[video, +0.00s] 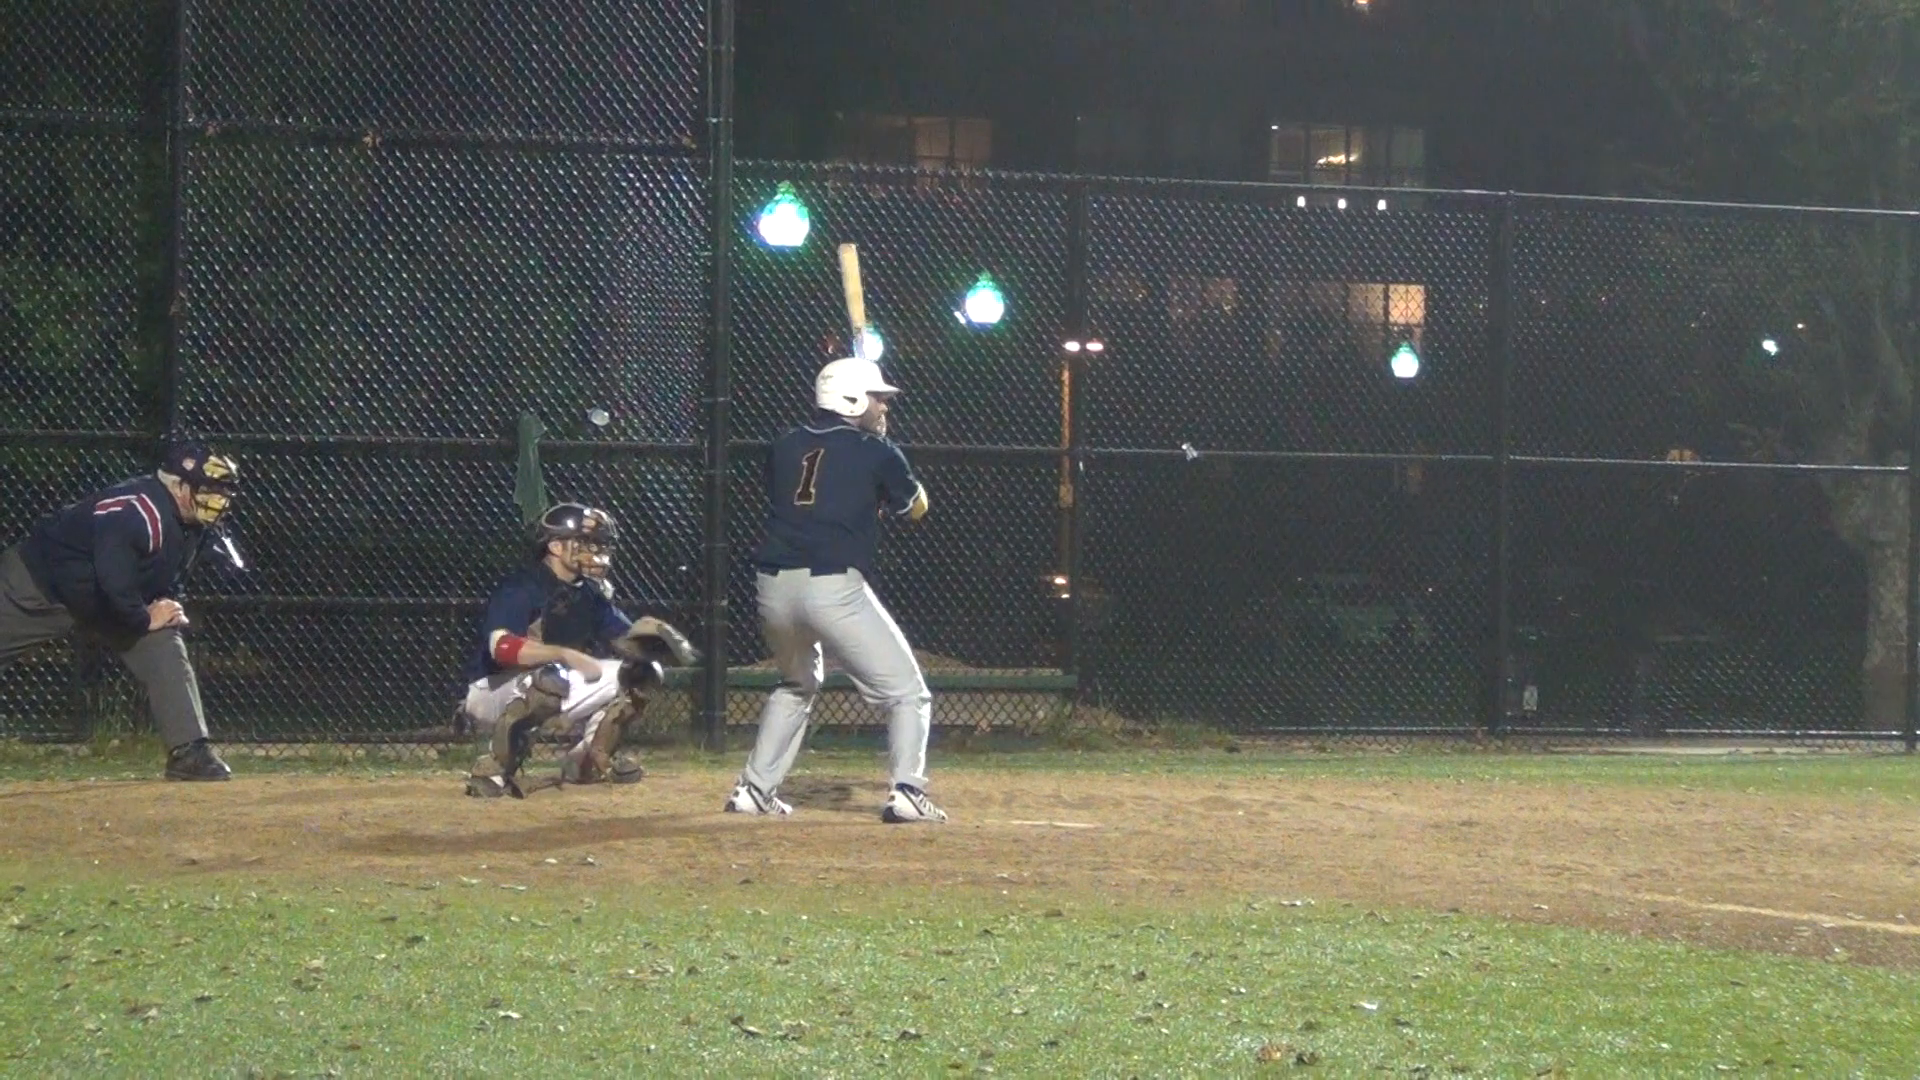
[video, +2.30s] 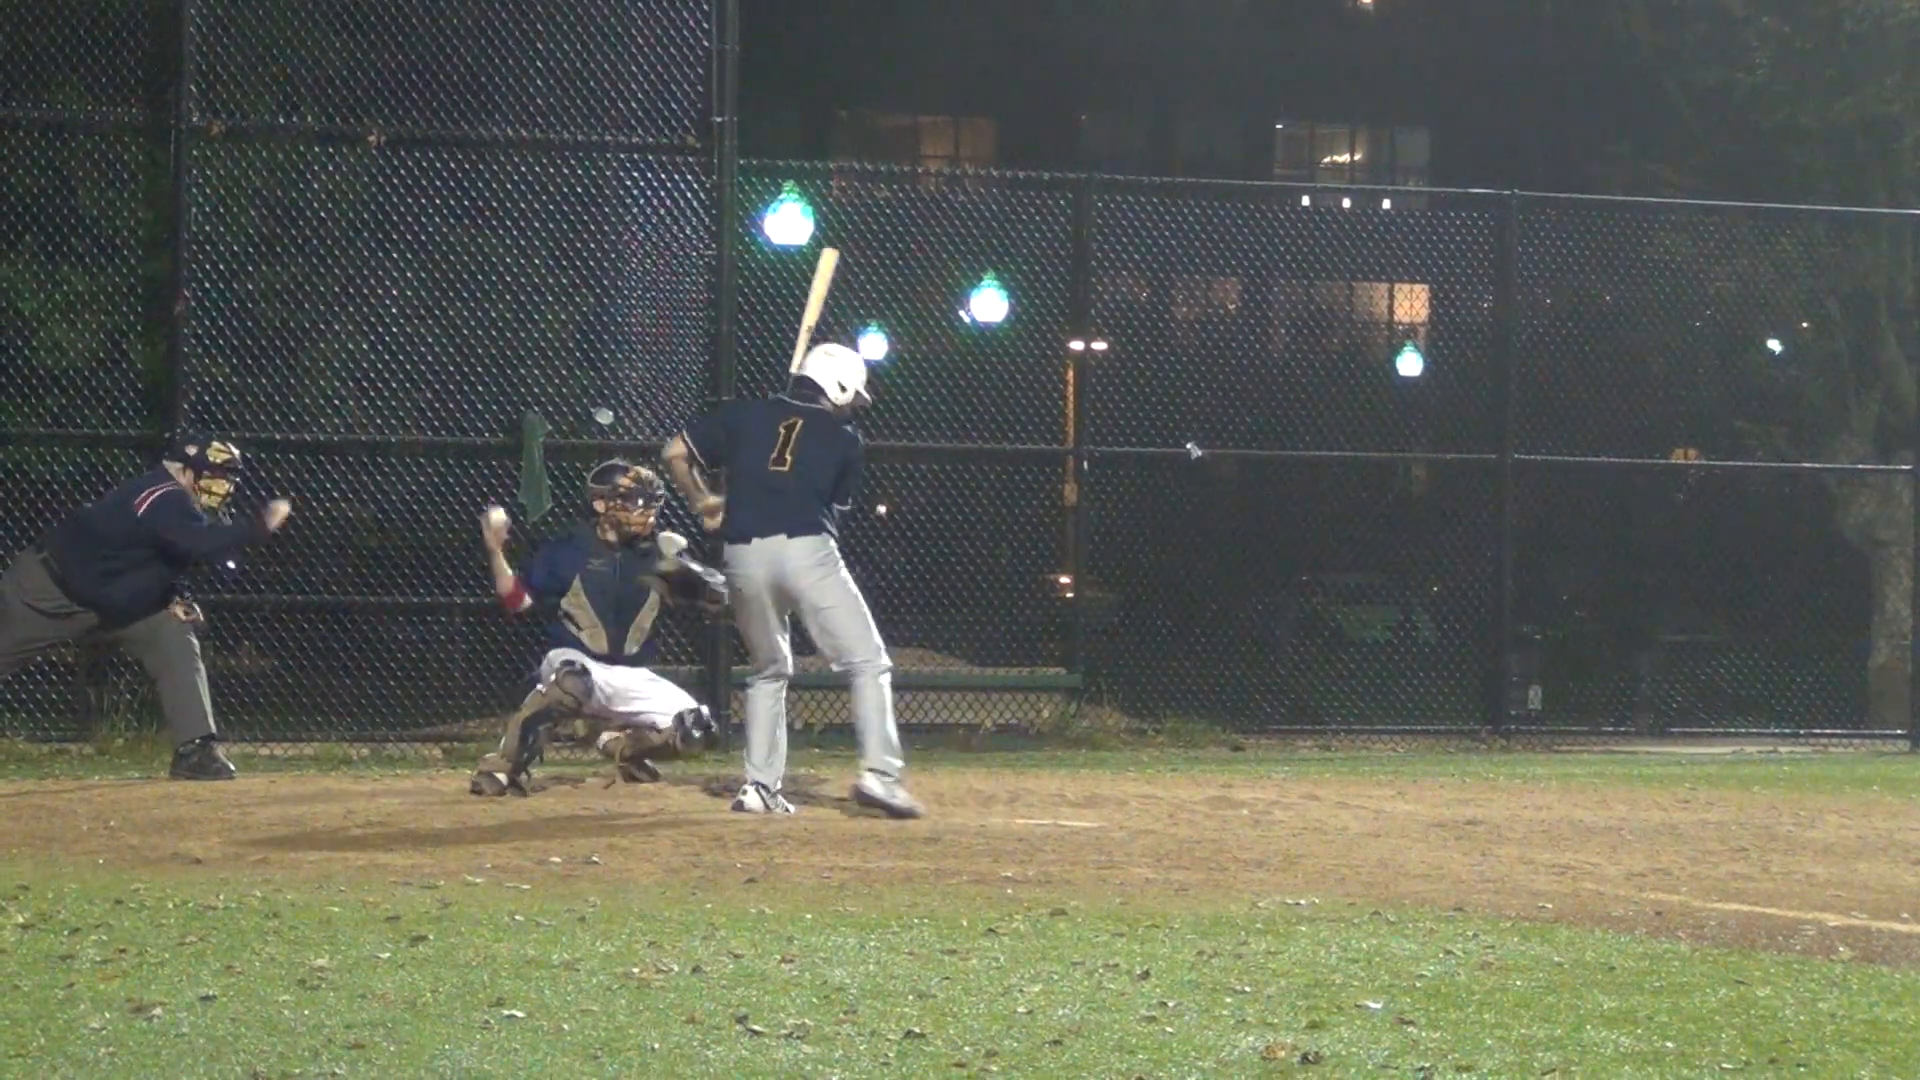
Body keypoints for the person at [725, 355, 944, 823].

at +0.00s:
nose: (884, 407)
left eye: (883, 398)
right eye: (878, 399)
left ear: (827, 402)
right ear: (856, 403)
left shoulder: (784, 443)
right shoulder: (876, 452)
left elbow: (804, 497)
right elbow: (917, 508)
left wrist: (867, 442)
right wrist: (885, 447)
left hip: (772, 588)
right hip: (835, 589)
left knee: (796, 684)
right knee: (909, 695)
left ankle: (754, 790)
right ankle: (908, 793)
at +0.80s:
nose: (883, 418)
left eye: (883, 409)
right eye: (877, 409)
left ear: (830, 409)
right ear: (850, 409)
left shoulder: (774, 443)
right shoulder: (868, 462)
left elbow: (751, 481)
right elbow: (883, 535)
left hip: (756, 581)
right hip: (819, 581)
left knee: (786, 680)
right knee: (889, 690)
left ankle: (754, 787)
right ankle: (908, 789)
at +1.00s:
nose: (869, 414)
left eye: (869, 405)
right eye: (863, 405)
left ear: (817, 402)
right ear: (839, 404)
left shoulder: (766, 430)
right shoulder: (859, 456)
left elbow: (705, 429)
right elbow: (858, 510)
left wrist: (741, 422)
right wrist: (874, 510)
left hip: (760, 577)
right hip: (824, 574)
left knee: (772, 679)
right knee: (897, 670)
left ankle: (753, 787)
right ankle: (913, 733)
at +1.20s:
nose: (877, 416)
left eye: (877, 407)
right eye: (871, 407)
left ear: (821, 406)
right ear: (849, 407)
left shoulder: (775, 441)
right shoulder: (873, 453)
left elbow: (700, 458)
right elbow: (872, 508)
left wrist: (750, 446)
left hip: (777, 579)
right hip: (841, 574)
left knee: (785, 681)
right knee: (920, 670)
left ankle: (754, 787)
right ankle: (952, 759)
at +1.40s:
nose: (905, 444)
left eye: (905, 435)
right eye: (901, 434)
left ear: (849, 429)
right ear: (886, 429)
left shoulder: (802, 468)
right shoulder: (903, 473)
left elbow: (732, 512)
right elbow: (910, 534)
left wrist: (784, 480)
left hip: (807, 599)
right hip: (873, 595)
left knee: (803, 688)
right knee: (954, 699)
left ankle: (759, 787)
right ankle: (977, 794)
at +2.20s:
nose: (861, 423)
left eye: (863, 415)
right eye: (860, 413)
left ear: (810, 390)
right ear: (848, 405)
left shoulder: (754, 423)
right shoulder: (852, 450)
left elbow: (680, 448)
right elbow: (848, 511)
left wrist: (729, 476)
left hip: (752, 567)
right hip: (816, 563)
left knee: (771, 676)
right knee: (889, 671)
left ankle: (760, 785)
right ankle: (933, 776)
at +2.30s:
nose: (855, 405)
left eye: (858, 396)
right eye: (855, 395)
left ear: (802, 376)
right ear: (841, 390)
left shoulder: (746, 412)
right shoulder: (845, 436)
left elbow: (675, 452)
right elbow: (837, 504)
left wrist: (702, 503)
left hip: (742, 552)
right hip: (806, 549)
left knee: (767, 670)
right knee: (869, 663)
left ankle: (759, 786)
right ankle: (880, 776)